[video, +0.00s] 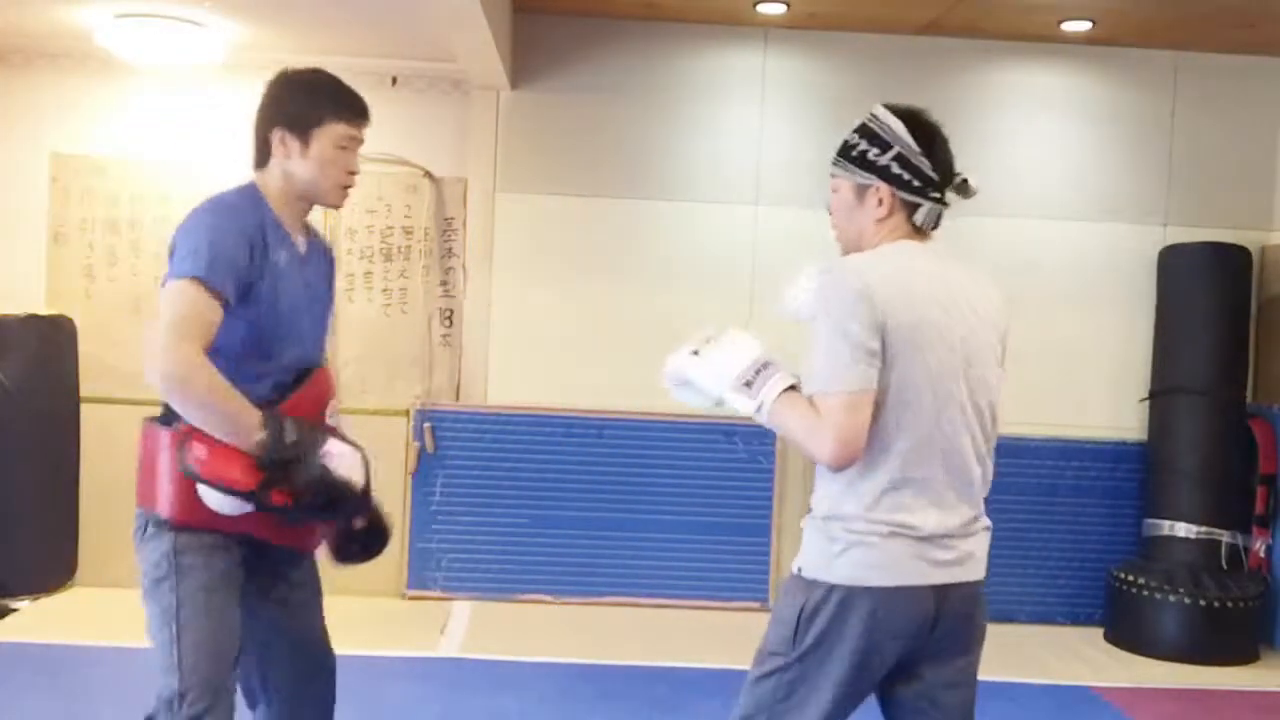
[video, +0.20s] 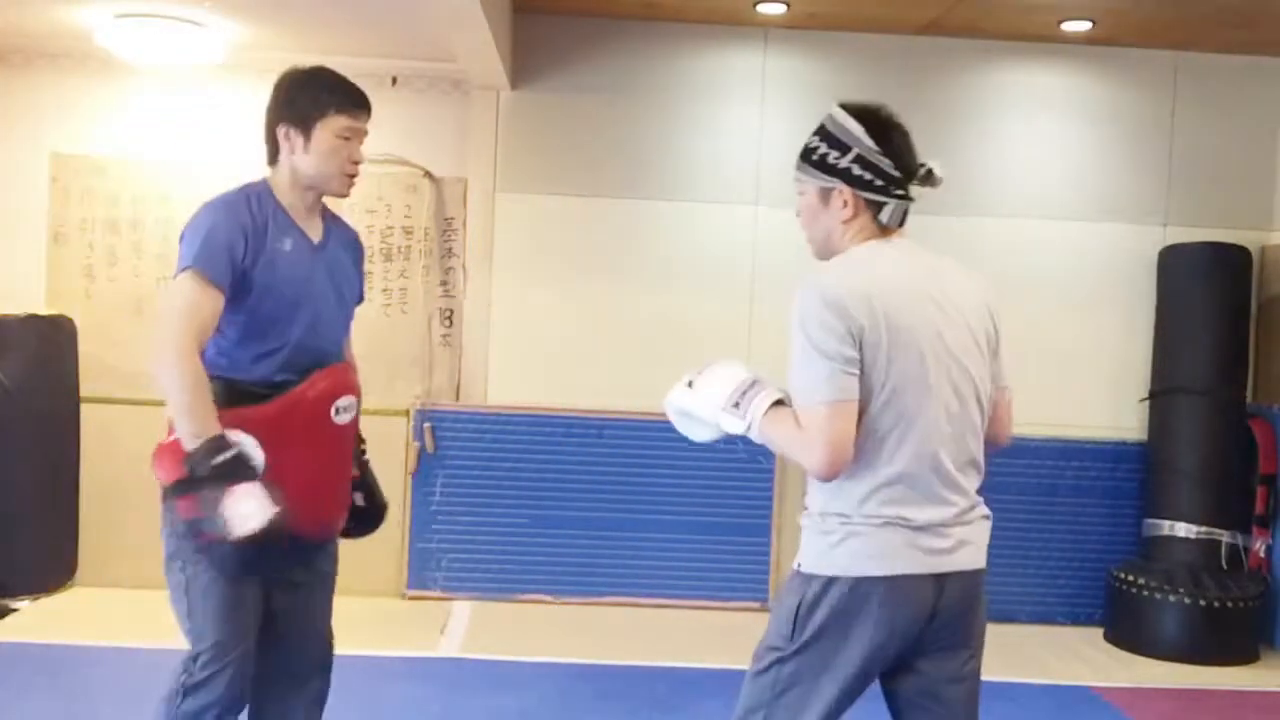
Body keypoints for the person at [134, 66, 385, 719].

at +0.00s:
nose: (357, 166)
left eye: (358, 150)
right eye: (344, 147)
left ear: (298, 148)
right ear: (285, 144)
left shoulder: (318, 256)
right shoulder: (223, 225)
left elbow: (308, 387)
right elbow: (171, 365)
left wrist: (341, 471)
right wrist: (279, 442)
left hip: (273, 505)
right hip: (194, 503)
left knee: (301, 694)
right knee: (193, 702)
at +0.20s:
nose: (360, 155)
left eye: (362, 140)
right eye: (346, 137)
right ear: (291, 138)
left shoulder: (346, 245)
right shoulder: (230, 220)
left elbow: (339, 358)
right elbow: (176, 347)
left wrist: (352, 462)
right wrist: (218, 471)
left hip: (310, 463)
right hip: (225, 457)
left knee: (300, 669)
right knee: (222, 660)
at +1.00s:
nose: (432, 173)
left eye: (438, 161)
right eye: (417, 159)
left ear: (440, 170)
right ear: (374, 167)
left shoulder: (446, 249)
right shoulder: (330, 243)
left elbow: (474, 344)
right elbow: (274, 344)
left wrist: (507, 431)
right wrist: (299, 429)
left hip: (419, 455)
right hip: (341, 451)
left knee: (423, 616)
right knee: (323, 610)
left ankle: (407, 719)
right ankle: (287, 717)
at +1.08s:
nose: (429, 181)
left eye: (435, 169)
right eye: (416, 168)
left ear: (439, 176)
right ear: (373, 172)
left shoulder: (441, 254)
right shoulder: (329, 241)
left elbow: (477, 341)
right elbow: (272, 339)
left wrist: (517, 406)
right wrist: (312, 406)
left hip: (399, 437)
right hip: (329, 432)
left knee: (411, 582)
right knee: (336, 578)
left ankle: (400, 716)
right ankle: (299, 715)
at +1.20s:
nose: (401, 194)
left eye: (408, 182)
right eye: (388, 180)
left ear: (414, 187)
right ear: (347, 183)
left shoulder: (405, 250)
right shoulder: (309, 240)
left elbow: (455, 331)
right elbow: (278, 322)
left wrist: (510, 325)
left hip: (371, 440)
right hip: (300, 435)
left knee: (385, 594)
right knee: (304, 579)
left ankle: (390, 716)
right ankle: (260, 686)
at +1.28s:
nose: (387, 205)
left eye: (391, 192)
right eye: (374, 191)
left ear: (393, 195)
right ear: (335, 189)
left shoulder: (393, 264)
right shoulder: (295, 245)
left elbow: (454, 329)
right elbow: (280, 308)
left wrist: (496, 305)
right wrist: (335, 246)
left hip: (358, 439)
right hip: (289, 433)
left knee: (379, 588)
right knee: (277, 575)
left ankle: (383, 716)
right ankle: (234, 682)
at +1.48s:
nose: (339, 199)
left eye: (347, 189)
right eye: (328, 187)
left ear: (352, 195)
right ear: (300, 188)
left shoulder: (370, 261)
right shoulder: (261, 245)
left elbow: (439, 313)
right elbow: (263, 286)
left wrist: (452, 246)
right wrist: (301, 223)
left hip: (344, 426)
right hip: (271, 425)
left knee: (377, 568)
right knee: (262, 576)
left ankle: (375, 710)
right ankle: (233, 700)